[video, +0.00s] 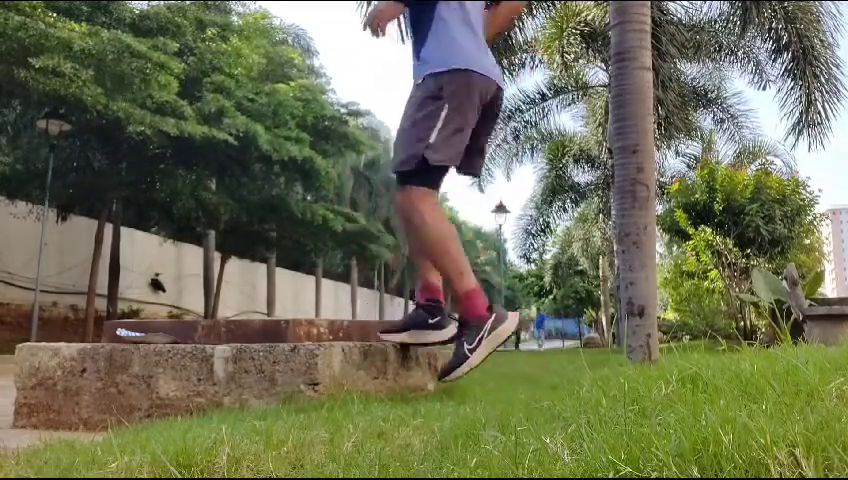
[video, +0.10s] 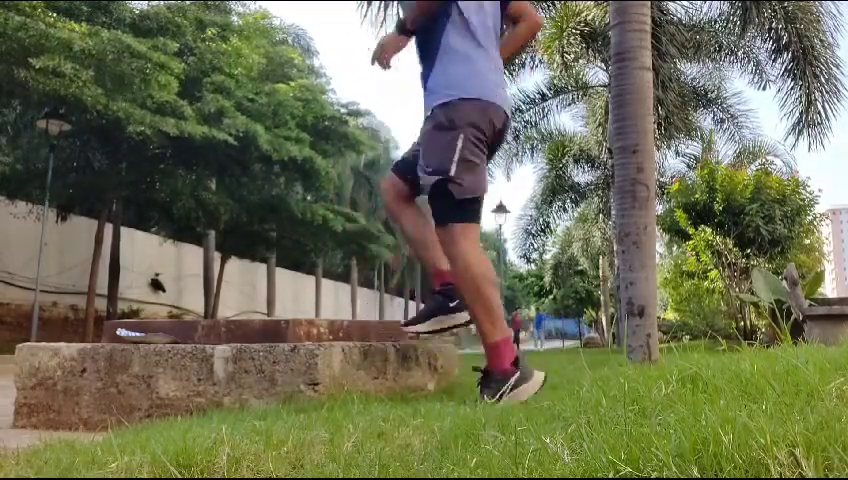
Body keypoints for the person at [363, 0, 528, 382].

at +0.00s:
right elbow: (515, 2)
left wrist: (392, 5)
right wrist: (474, 37)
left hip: (449, 66)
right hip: (487, 74)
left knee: (414, 194)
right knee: (415, 194)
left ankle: (478, 316)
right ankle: (430, 306)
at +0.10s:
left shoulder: (425, 3)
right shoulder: (492, 3)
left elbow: (430, 6)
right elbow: (531, 21)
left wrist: (401, 33)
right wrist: (489, 62)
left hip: (458, 95)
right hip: (496, 103)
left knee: (459, 239)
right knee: (395, 188)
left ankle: (505, 367)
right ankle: (446, 288)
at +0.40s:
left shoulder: (437, 4)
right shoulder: (488, 14)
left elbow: (482, 4)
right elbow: (524, 60)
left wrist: (419, 60)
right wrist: (483, 102)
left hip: (454, 121)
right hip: (503, 133)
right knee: (462, 258)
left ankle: (483, 321)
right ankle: (517, 372)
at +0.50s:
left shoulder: (434, 5)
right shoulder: (470, 15)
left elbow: (478, 8)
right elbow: (501, 71)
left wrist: (419, 77)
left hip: (454, 125)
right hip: (499, 139)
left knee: (355, 193)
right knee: (467, 266)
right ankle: (518, 376)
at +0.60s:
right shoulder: (472, 2)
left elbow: (451, 2)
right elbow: (495, 41)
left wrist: (403, 41)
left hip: (440, 88)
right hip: (489, 103)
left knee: (351, 175)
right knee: (470, 232)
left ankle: (393, 285)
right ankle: (508, 359)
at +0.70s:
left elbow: (422, 2)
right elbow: (492, 23)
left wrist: (384, 34)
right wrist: (440, 49)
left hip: (428, 77)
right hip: (476, 89)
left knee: (366, 189)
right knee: (432, 214)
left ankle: (393, 308)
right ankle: (492, 321)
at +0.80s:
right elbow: (492, 8)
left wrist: (378, 17)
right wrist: (451, 41)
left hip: (427, 58)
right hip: (475, 69)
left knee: (385, 180)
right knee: (416, 189)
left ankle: (394, 309)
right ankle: (457, 300)